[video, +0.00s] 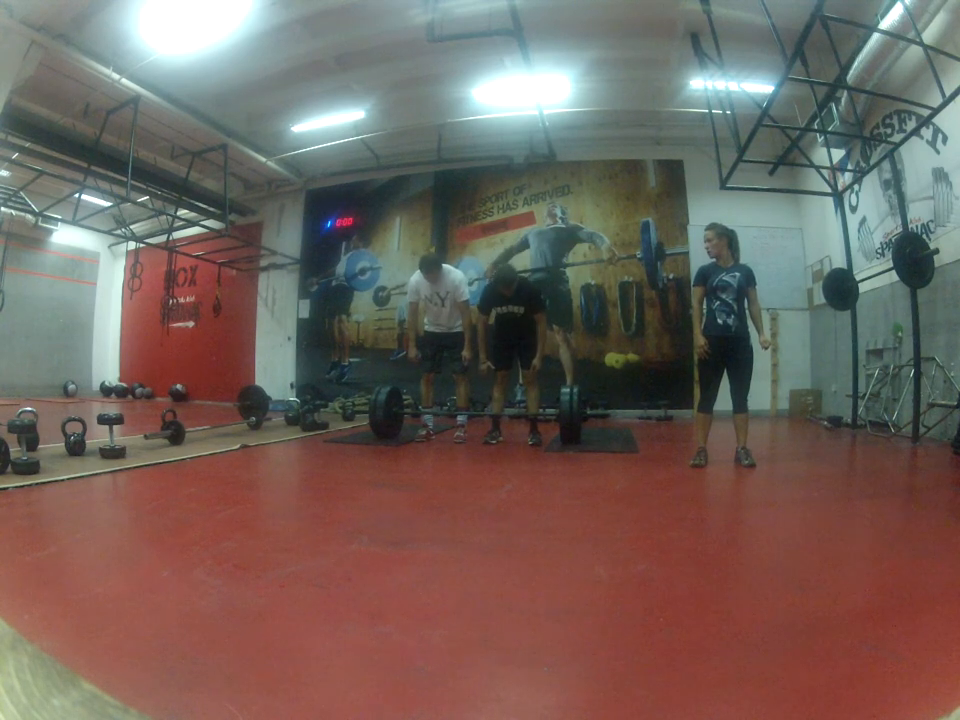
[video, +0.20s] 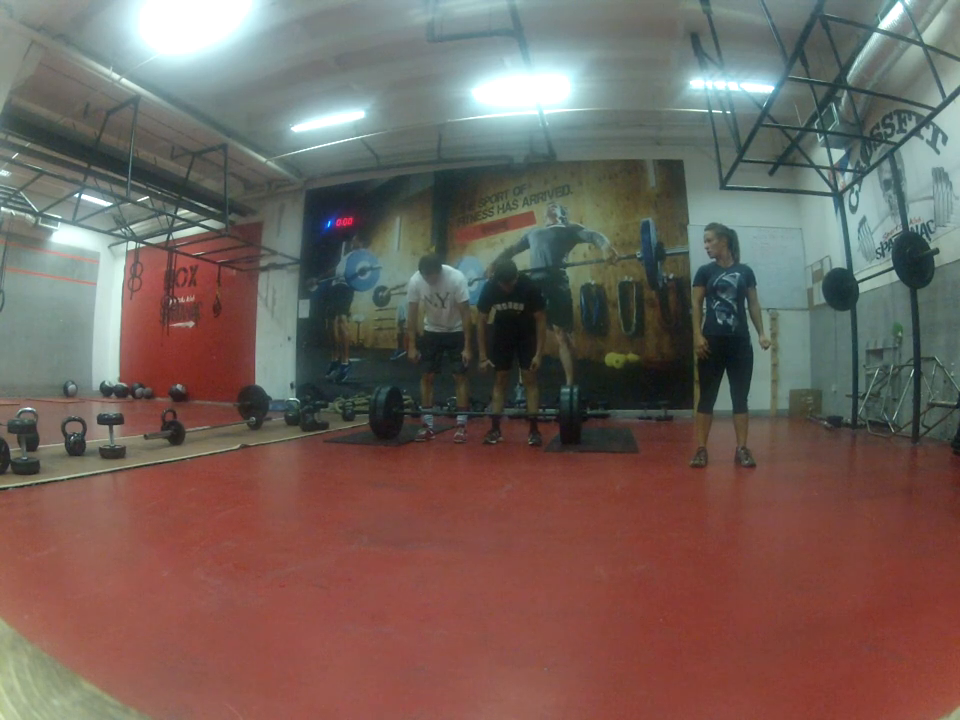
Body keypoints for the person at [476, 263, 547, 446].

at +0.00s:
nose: (507, 292)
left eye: (509, 289)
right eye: (503, 290)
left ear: (515, 282)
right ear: (497, 284)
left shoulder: (530, 290)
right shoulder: (490, 290)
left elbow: (541, 321)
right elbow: (482, 321)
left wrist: (539, 355)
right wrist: (482, 357)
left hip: (527, 341)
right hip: (501, 341)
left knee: (530, 379)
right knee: (500, 378)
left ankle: (534, 429)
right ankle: (495, 428)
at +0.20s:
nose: (506, 287)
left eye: (509, 284)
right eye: (502, 284)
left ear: (516, 278)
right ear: (497, 279)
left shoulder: (529, 288)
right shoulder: (490, 288)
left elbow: (541, 320)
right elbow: (481, 321)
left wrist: (539, 354)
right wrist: (483, 356)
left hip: (526, 341)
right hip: (501, 341)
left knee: (530, 380)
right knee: (500, 379)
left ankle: (534, 429)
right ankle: (495, 428)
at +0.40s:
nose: (506, 289)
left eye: (509, 285)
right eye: (502, 286)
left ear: (515, 280)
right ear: (496, 281)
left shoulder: (529, 290)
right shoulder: (489, 291)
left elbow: (540, 322)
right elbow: (481, 323)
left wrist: (540, 357)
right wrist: (482, 359)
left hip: (527, 342)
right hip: (501, 343)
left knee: (530, 379)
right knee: (499, 378)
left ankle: (533, 429)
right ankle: (495, 428)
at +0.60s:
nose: (507, 319)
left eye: (510, 315)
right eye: (504, 316)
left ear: (516, 309)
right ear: (497, 310)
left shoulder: (529, 311)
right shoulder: (489, 312)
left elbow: (541, 345)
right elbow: (479, 346)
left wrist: (543, 381)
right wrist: (479, 384)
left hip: (525, 338)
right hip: (501, 338)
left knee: (530, 376)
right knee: (498, 376)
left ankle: (534, 429)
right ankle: (495, 428)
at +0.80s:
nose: (508, 343)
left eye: (511, 339)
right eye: (504, 340)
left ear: (517, 333)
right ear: (497, 334)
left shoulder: (530, 333)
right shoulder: (490, 336)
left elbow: (541, 367)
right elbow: (477, 369)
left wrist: (547, 400)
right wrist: (476, 403)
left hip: (524, 348)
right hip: (499, 351)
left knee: (531, 382)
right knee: (494, 385)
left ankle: (534, 431)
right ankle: (495, 429)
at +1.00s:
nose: (507, 349)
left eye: (509, 346)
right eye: (503, 347)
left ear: (516, 340)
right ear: (498, 341)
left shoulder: (529, 338)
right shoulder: (490, 341)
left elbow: (541, 371)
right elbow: (474, 371)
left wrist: (547, 402)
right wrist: (476, 403)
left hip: (525, 356)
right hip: (501, 357)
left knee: (531, 385)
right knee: (494, 386)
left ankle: (534, 431)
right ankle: (495, 429)